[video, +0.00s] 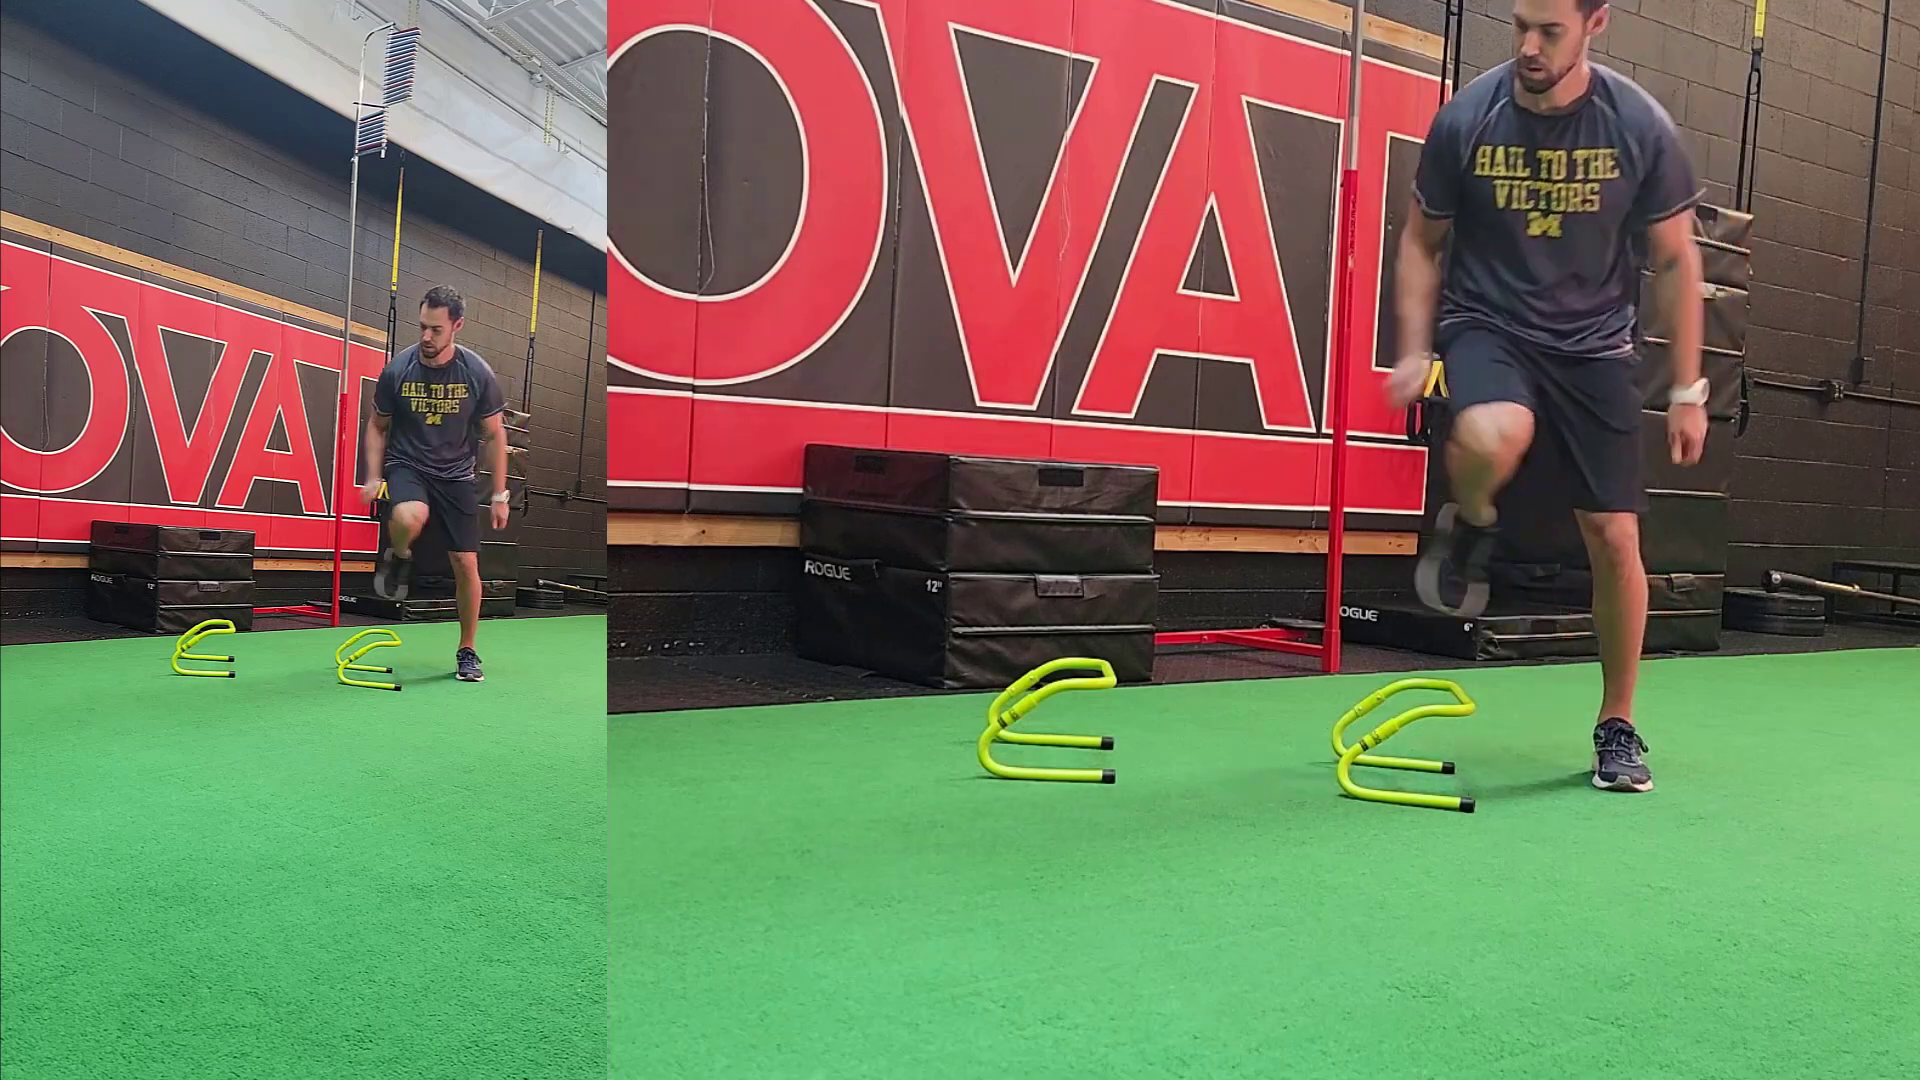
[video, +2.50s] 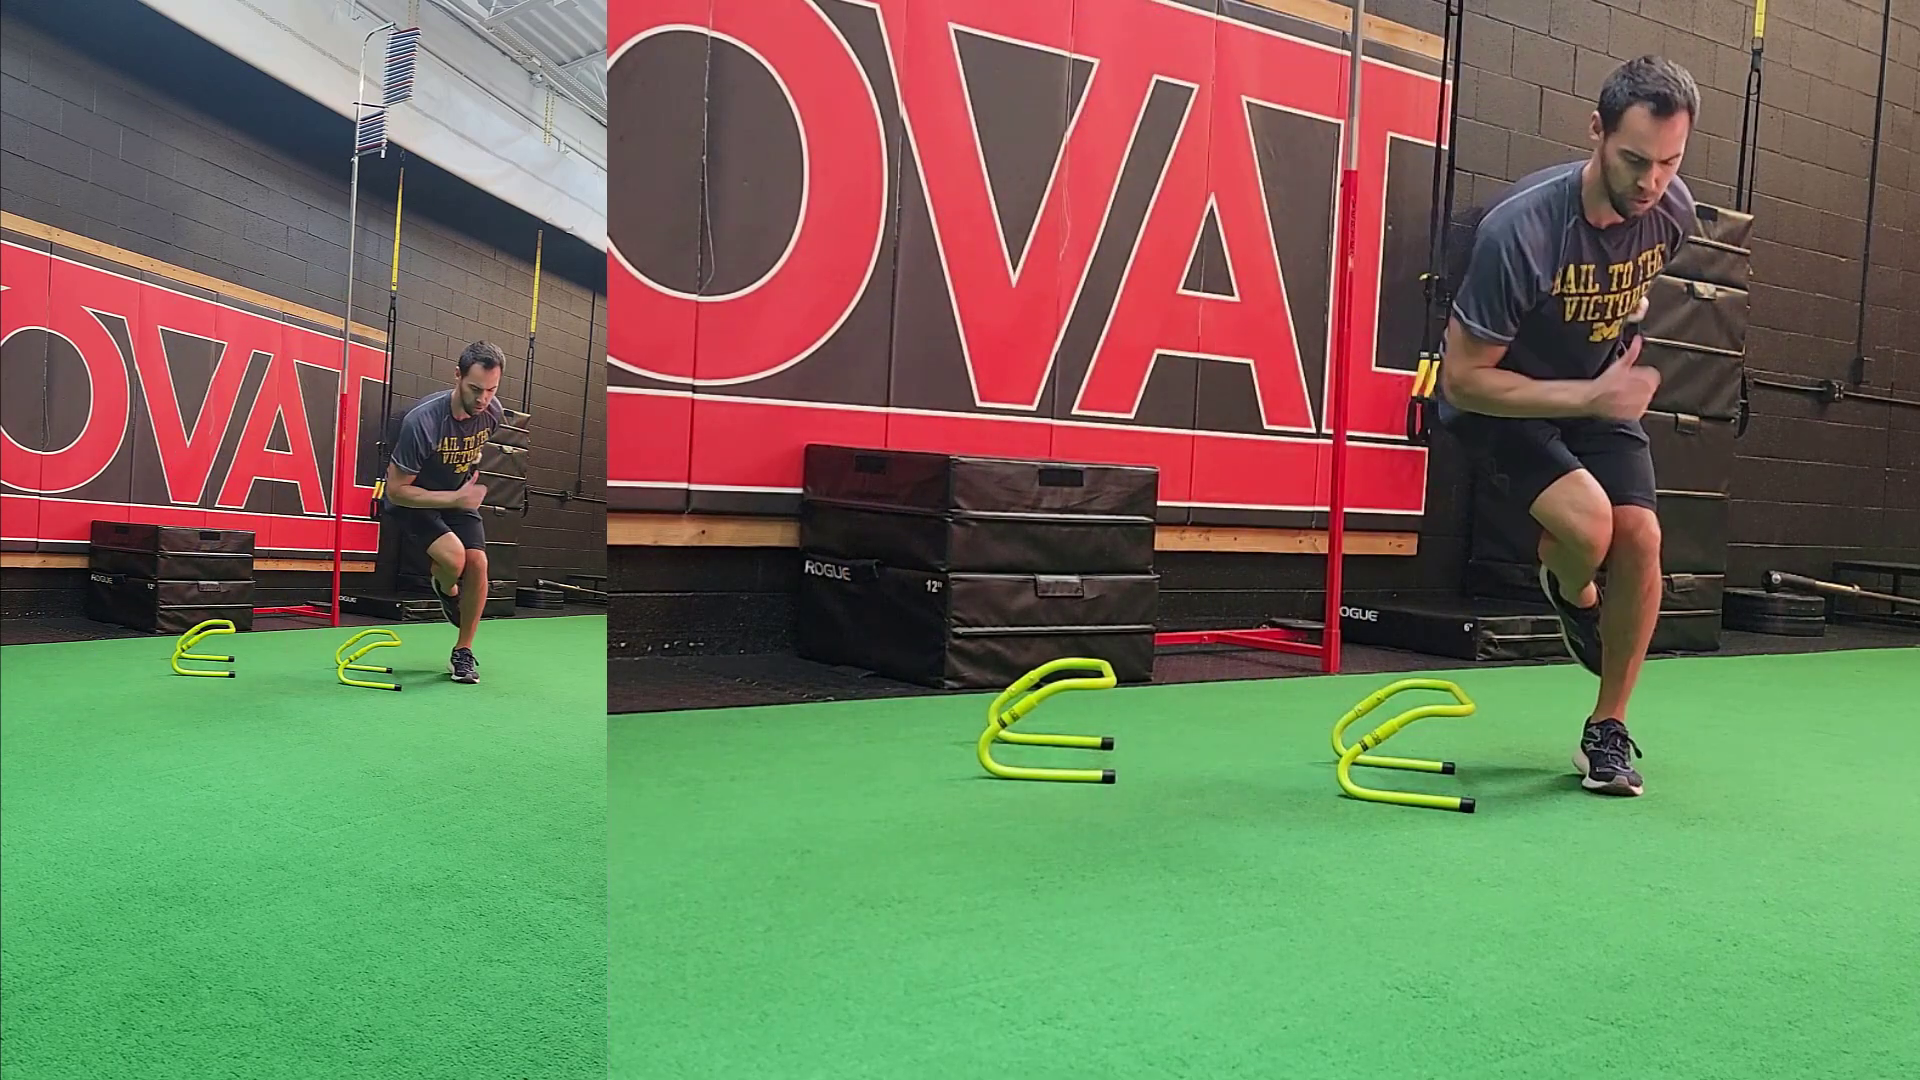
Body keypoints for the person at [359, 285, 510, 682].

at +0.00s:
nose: (427, 336)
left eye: (435, 328)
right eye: (422, 327)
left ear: (457, 326)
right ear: (417, 322)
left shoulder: (478, 374)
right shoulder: (397, 370)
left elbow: (494, 434)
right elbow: (377, 426)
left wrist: (500, 493)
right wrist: (372, 477)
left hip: (456, 474)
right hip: (406, 466)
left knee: (466, 564)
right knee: (408, 519)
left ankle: (468, 649)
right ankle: (398, 559)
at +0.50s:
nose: (313, 308)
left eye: (321, 301)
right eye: (308, 299)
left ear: (342, 297)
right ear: (301, 295)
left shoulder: (364, 344)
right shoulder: (280, 340)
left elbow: (384, 395)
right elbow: (263, 396)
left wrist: (382, 451)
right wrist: (270, 430)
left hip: (336, 447)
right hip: (289, 444)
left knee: (323, 521)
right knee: (273, 523)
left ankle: (319, 622)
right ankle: (287, 604)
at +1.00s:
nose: (175, 362)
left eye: (184, 353)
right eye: (169, 351)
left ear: (204, 345)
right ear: (163, 343)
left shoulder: (227, 395)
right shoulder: (151, 379)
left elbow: (206, 465)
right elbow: (155, 435)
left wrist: (160, 422)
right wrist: (155, 417)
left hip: (210, 481)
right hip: (162, 474)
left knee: (172, 522)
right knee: (128, 544)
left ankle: (168, 572)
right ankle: (120, 634)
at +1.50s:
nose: (240, 318)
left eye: (246, 309)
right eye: (231, 310)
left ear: (254, 303)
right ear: (215, 303)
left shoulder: (277, 349)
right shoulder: (191, 347)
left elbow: (305, 394)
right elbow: (179, 393)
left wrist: (306, 451)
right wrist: (192, 416)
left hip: (253, 451)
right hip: (203, 449)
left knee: (254, 531)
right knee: (169, 530)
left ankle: (280, 609)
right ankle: (127, 623)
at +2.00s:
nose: (391, 324)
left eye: (398, 315)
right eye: (383, 314)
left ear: (405, 310)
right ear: (362, 304)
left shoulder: (409, 347)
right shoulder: (331, 355)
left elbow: (412, 395)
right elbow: (310, 420)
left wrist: (412, 448)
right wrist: (309, 481)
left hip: (389, 453)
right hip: (340, 456)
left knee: (421, 523)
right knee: (334, 540)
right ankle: (299, 636)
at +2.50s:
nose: (483, 399)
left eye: (491, 391)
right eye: (476, 389)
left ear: (498, 385)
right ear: (457, 378)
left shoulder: (492, 413)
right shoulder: (421, 421)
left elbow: (468, 446)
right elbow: (396, 491)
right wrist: (456, 498)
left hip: (456, 497)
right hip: (412, 499)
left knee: (478, 563)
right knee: (454, 557)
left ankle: (464, 651)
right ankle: (445, 589)